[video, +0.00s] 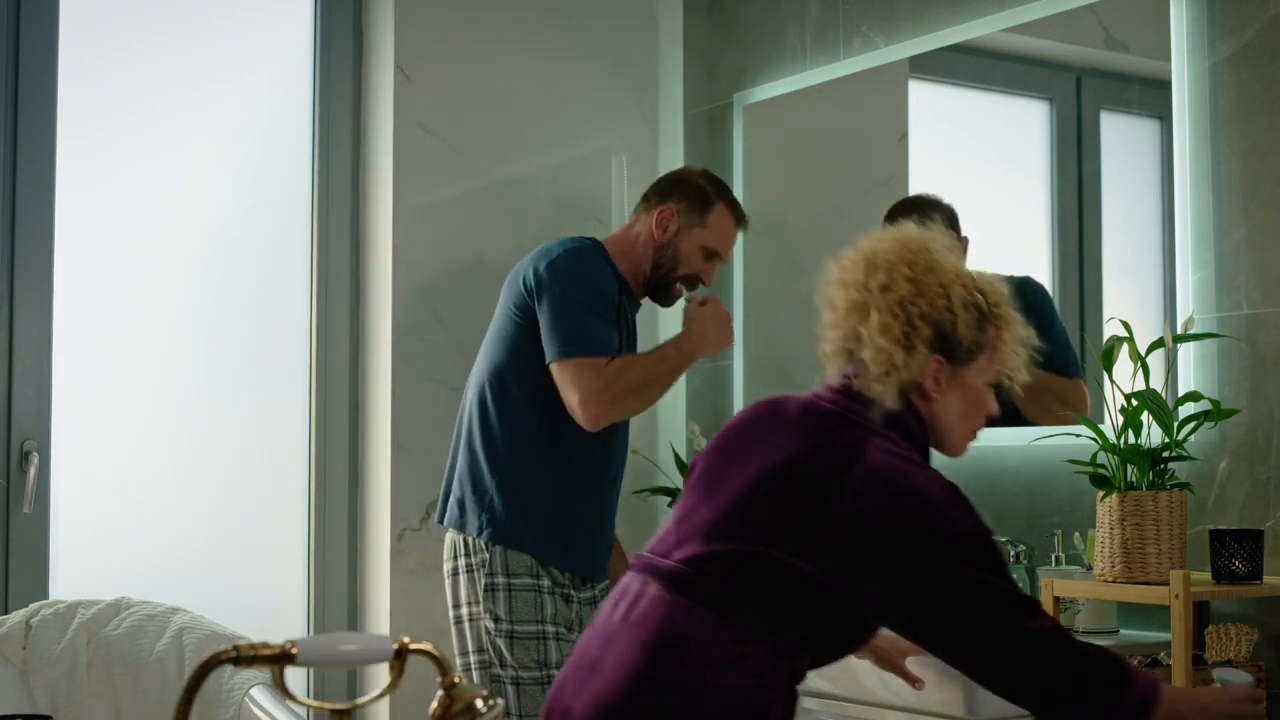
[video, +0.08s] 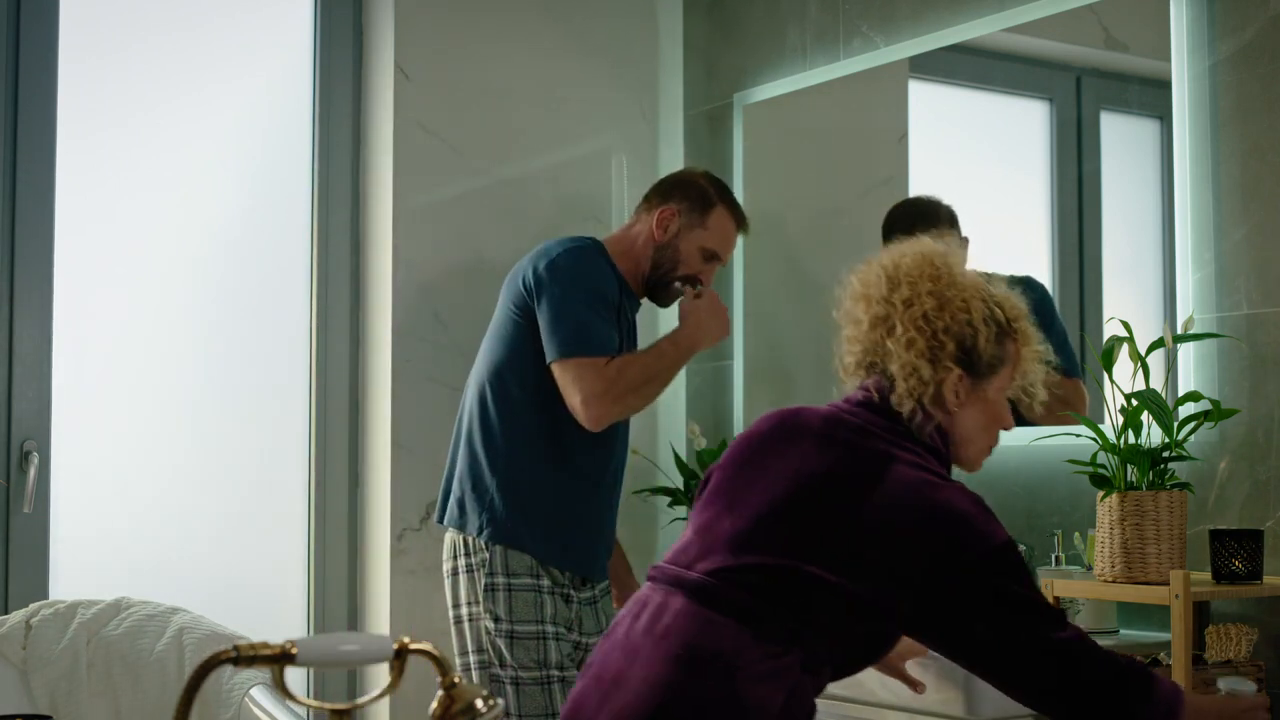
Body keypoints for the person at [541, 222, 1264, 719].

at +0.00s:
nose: (993, 406)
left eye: (998, 384)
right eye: (989, 381)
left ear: (863, 360)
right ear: (929, 372)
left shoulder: (761, 421)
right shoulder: (913, 497)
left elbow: (732, 565)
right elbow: (1027, 657)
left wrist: (864, 638)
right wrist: (1177, 697)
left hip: (591, 682)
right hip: (708, 699)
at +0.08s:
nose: (1007, 425)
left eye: (1010, 401)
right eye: (1003, 397)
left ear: (880, 375)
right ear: (949, 385)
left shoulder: (771, 431)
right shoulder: (938, 514)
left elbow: (730, 570)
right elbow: (1059, 667)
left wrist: (866, 637)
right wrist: (1191, 702)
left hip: (608, 683)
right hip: (729, 701)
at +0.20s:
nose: (1020, 438)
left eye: (1026, 415)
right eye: (1020, 412)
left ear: (895, 382)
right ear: (969, 396)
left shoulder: (782, 440)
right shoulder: (958, 524)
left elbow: (735, 575)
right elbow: (1073, 673)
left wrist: (872, 635)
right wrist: (1182, 703)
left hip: (626, 683)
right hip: (743, 702)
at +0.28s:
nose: (1023, 443)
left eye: (1031, 419)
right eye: (1025, 417)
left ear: (901, 384)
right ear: (976, 400)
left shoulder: (788, 442)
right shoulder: (970, 528)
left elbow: (741, 580)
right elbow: (1075, 676)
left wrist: (877, 646)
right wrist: (1190, 706)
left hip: (628, 691)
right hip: (747, 704)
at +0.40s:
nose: (1030, 440)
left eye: (1037, 416)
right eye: (1031, 414)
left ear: (907, 383)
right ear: (982, 397)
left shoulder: (794, 439)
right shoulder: (966, 526)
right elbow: (1075, 688)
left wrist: (888, 648)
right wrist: (1183, 710)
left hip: (632, 691)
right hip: (752, 706)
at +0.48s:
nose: (1031, 432)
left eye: (1038, 409)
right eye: (1032, 406)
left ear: (902, 374)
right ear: (983, 390)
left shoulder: (792, 435)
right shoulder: (970, 521)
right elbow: (1032, 693)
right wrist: (1167, 715)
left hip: (632, 690)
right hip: (759, 704)